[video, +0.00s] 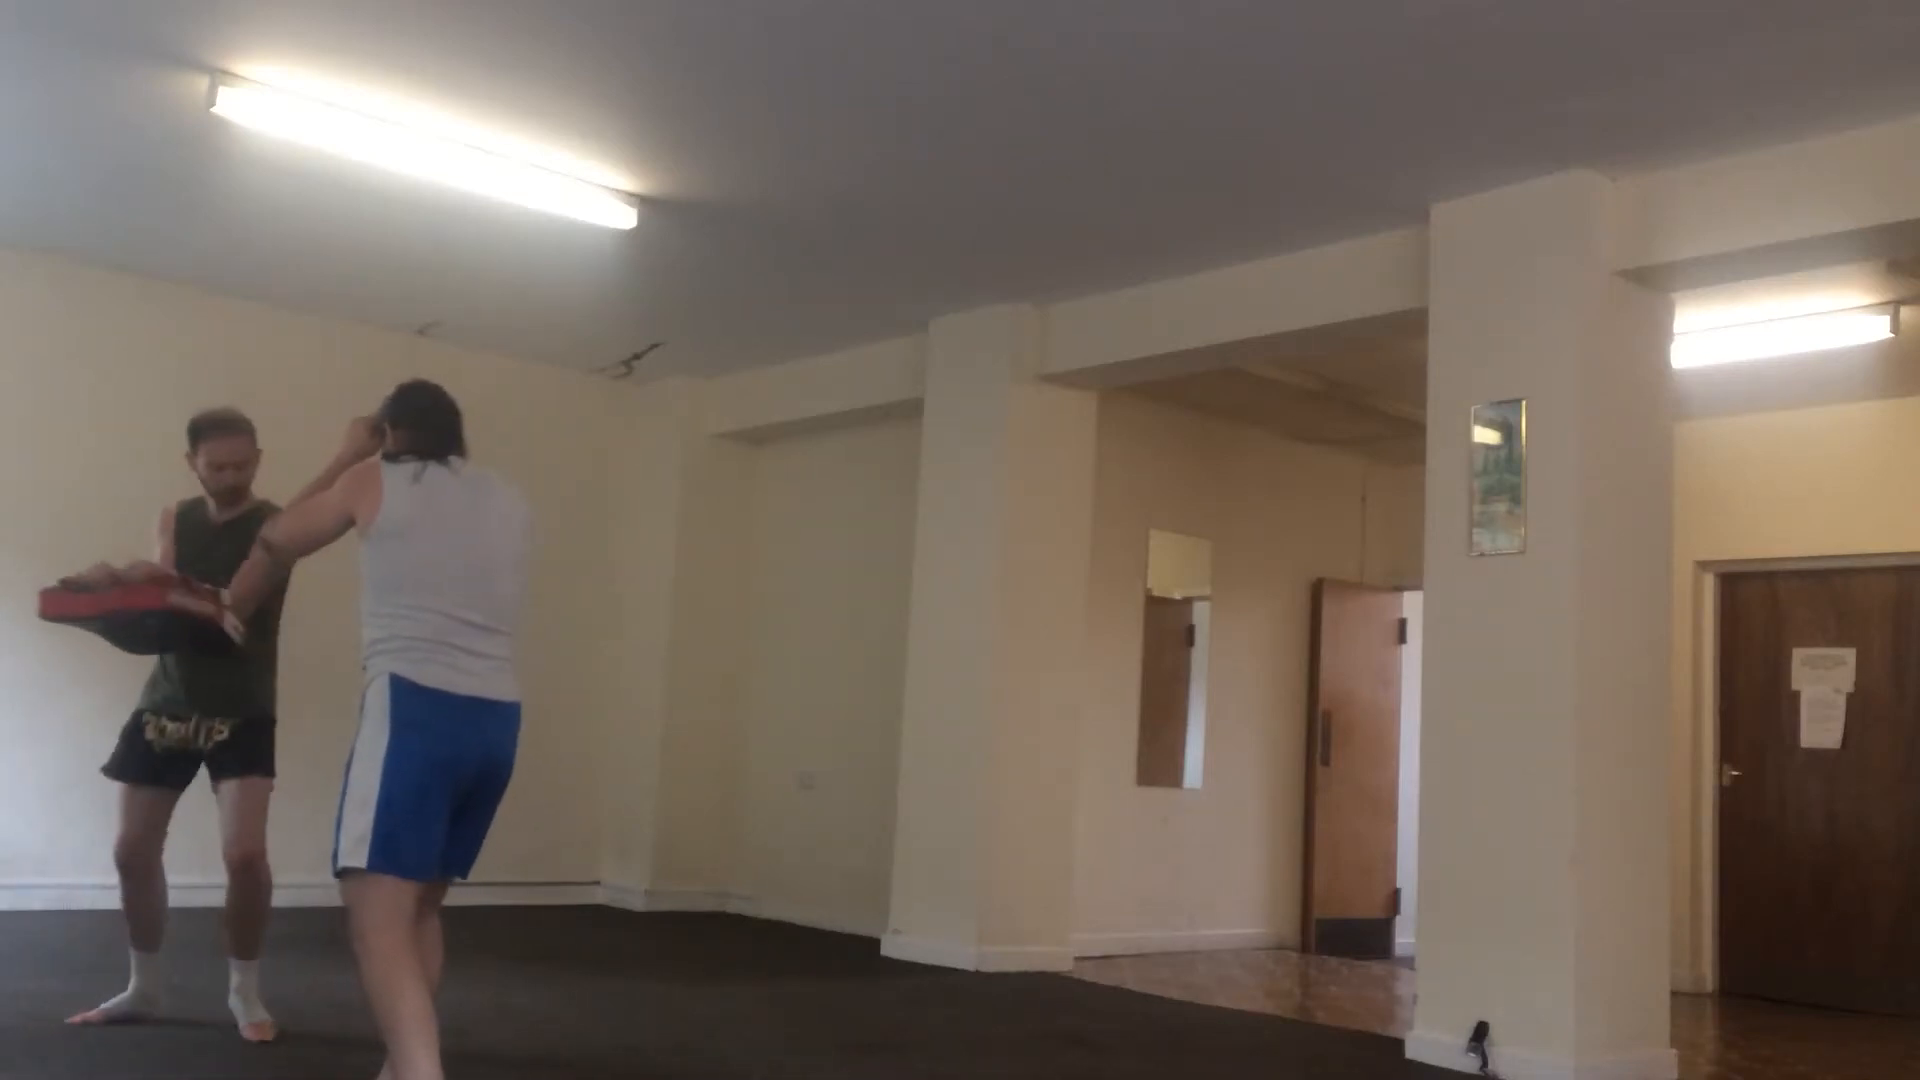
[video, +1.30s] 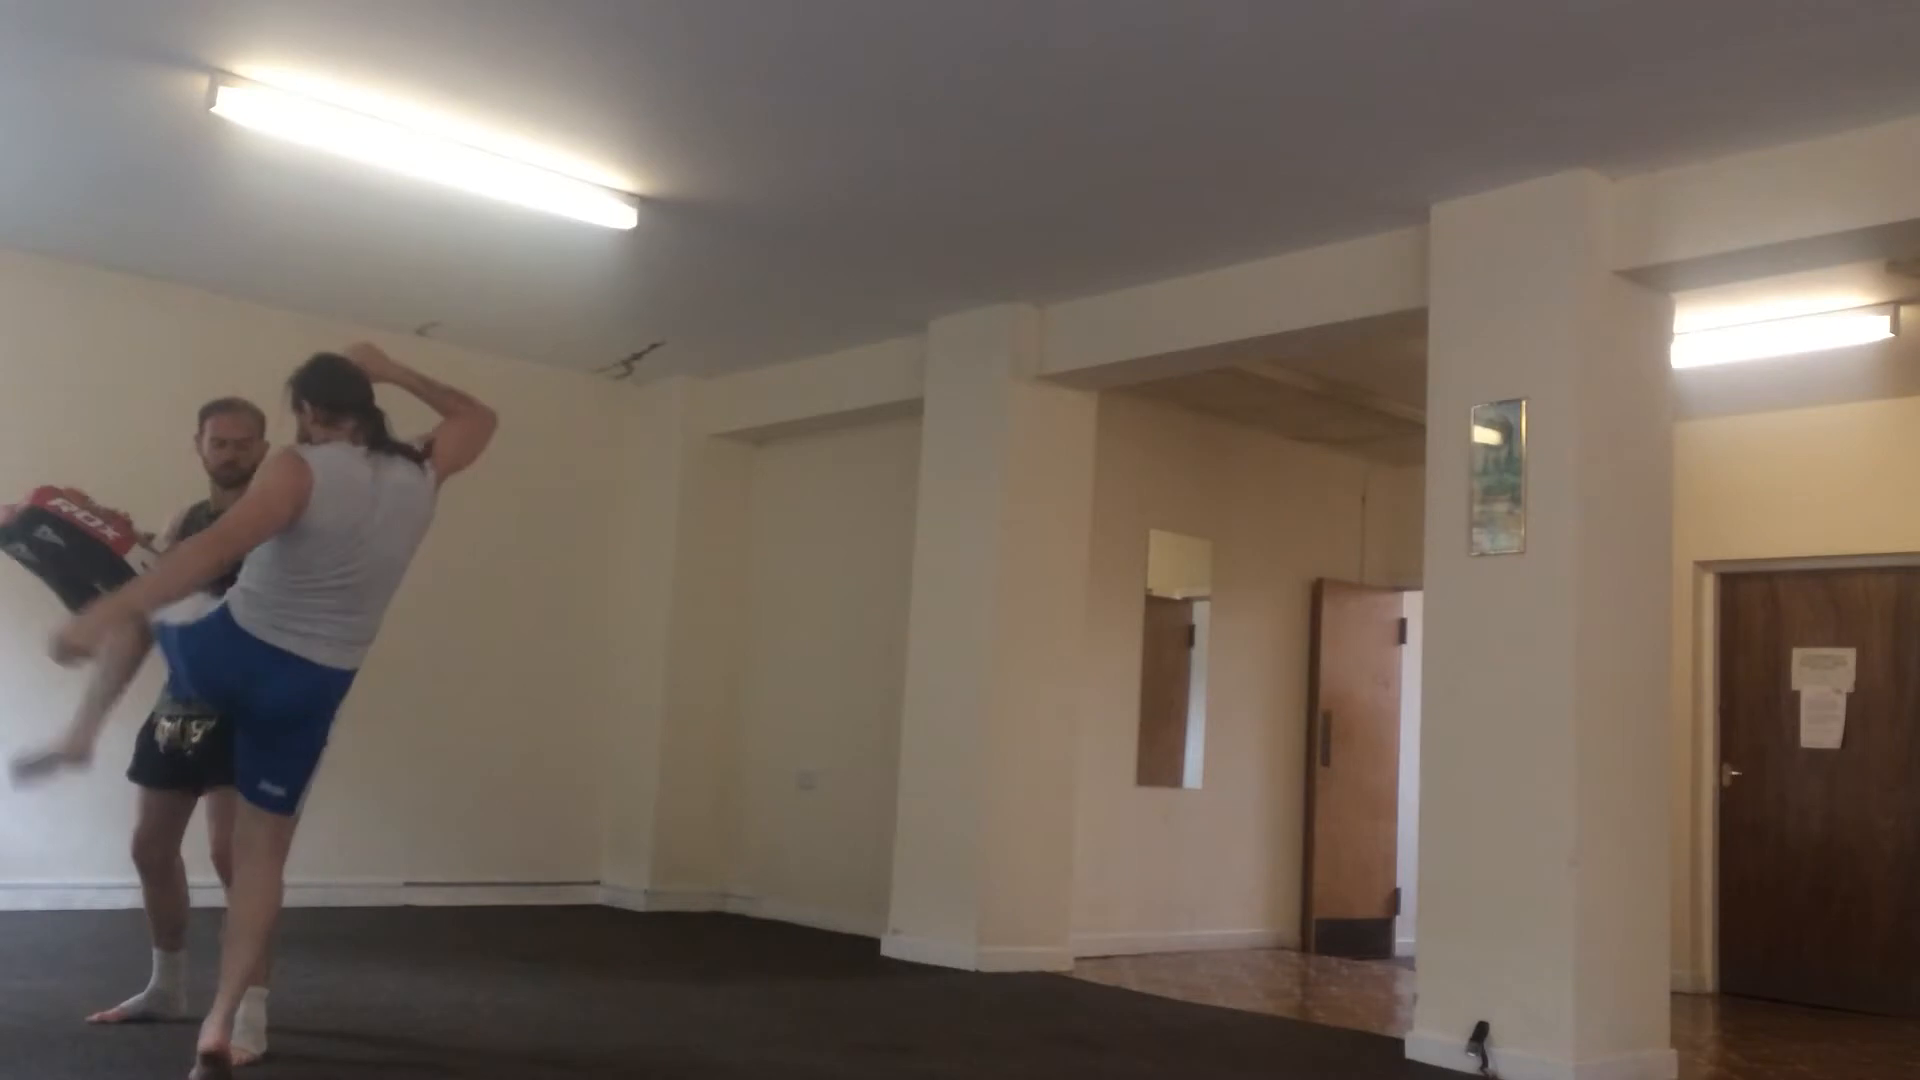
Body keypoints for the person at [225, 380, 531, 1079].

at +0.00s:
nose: (376, 437)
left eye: (380, 430)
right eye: (380, 429)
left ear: (390, 434)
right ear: (458, 436)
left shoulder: (375, 481)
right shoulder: (510, 501)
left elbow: (280, 535)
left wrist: (341, 463)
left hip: (409, 714)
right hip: (494, 723)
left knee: (378, 921)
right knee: (423, 908)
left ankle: (421, 1071)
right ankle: (405, 1062)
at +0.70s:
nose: (335, 467)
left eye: (340, 459)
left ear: (352, 469)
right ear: (424, 481)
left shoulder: (316, 514)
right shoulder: (461, 545)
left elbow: (227, 598)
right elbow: (477, 573)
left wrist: (310, 496)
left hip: (364, 747)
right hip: (448, 761)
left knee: (327, 968)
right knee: (337, 924)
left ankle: (401, 1073)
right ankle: (287, 1061)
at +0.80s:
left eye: (353, 455)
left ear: (353, 472)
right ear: (424, 486)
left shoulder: (312, 514)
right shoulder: (447, 548)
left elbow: (246, 512)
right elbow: (522, 554)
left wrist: (328, 469)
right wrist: (453, 491)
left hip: (324, 756)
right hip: (405, 771)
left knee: (326, 966)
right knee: (289, 924)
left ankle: (405, 1074)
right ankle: (239, 1049)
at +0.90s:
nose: (348, 473)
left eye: (352, 465)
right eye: (357, 465)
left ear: (359, 474)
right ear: (424, 488)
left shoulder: (308, 510)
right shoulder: (448, 559)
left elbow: (207, 475)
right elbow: (542, 564)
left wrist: (250, 472)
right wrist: (491, 493)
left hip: (286, 748)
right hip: (363, 767)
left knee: (240, 945)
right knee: (268, 904)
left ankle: (355, 1055)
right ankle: (230, 1056)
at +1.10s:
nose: (320, 456)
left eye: (323, 447)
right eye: (321, 449)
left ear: (338, 447)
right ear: (399, 447)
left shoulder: (324, 494)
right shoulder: (445, 512)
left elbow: (221, 526)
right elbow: (511, 499)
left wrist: (117, 569)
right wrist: (445, 432)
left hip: (241, 686)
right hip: (317, 730)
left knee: (137, 672)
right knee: (273, 877)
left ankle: (25, 775)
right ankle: (231, 1049)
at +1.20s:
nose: (300, 440)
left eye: (300, 431)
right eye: (300, 432)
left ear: (316, 427)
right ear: (373, 424)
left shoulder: (313, 468)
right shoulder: (428, 478)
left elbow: (250, 533)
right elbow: (488, 443)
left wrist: (181, 620)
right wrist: (407, 391)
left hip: (233, 664)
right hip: (308, 704)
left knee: (181, 574)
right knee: (256, 861)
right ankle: (215, 1028)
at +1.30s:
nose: (292, 431)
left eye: (294, 420)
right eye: (294, 420)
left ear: (314, 417)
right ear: (367, 414)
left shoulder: (300, 468)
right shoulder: (419, 471)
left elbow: (217, 547)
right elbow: (478, 417)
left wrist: (107, 610)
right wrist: (396, 372)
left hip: (233, 659)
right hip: (315, 691)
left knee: (138, 607)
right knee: (265, 857)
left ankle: (78, 740)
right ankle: (221, 1024)